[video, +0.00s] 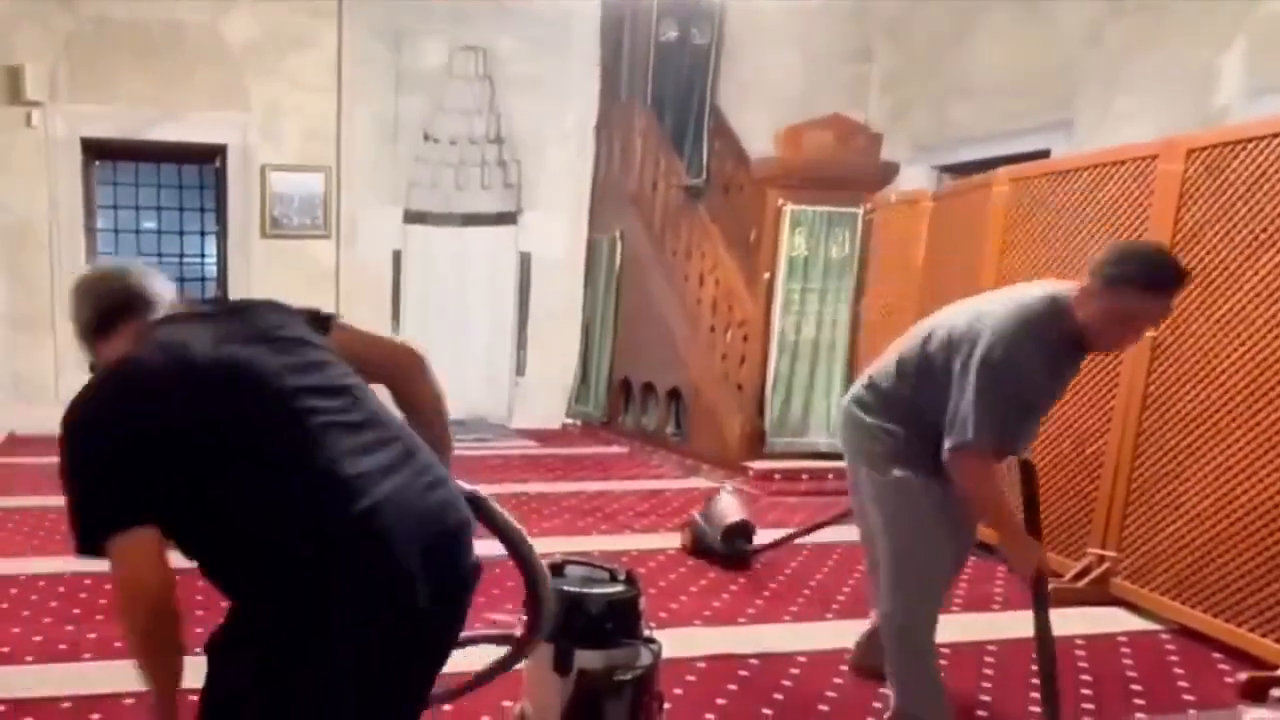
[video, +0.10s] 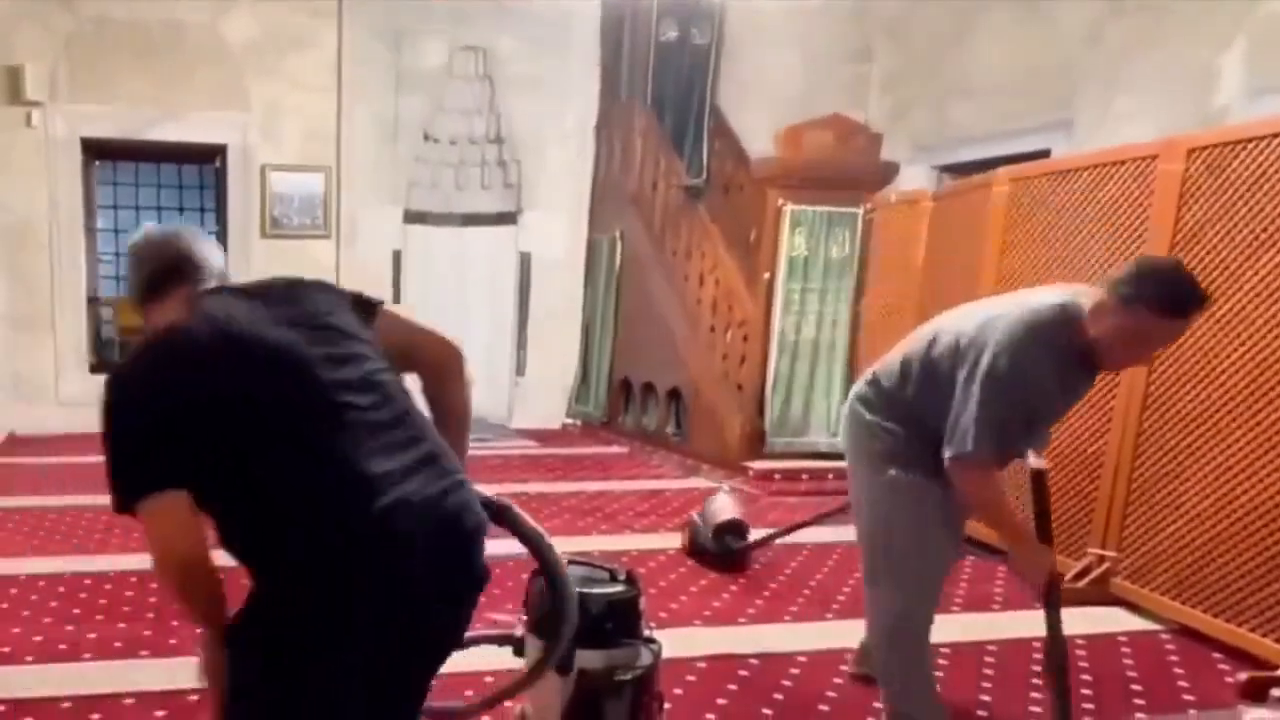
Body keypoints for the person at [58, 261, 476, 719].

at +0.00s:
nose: (103, 369)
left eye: (95, 360)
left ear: (97, 347)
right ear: (172, 301)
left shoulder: (102, 410)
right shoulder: (256, 316)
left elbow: (148, 593)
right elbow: (405, 363)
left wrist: (165, 703)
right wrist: (436, 484)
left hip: (324, 585)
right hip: (440, 543)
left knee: (237, 705)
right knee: (380, 705)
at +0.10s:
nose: (149, 329)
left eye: (143, 317)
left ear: (143, 306)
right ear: (217, 274)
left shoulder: (143, 378)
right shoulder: (303, 296)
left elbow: (181, 557)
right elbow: (441, 358)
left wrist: (217, 630)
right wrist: (448, 479)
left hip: (334, 572)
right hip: (450, 537)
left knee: (251, 700)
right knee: (383, 701)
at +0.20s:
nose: (187, 303)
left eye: (184, 292)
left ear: (184, 279)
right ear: (259, 252)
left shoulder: (183, 349)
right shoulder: (344, 277)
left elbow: (206, 523)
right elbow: (470, 343)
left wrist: (262, 589)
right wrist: (452, 462)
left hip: (338, 556)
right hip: (459, 530)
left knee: (263, 710)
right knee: (396, 705)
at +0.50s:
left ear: (216, 251)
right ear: (288, 223)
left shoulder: (210, 328)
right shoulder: (375, 255)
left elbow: (252, 487)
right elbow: (495, 289)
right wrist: (453, 398)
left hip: (324, 534)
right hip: (452, 514)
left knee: (239, 703)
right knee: (424, 703)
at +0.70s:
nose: (177, 275)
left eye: (173, 259)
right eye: (172, 261)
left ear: (190, 242)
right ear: (247, 229)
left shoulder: (185, 326)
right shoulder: (340, 260)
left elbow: (205, 484)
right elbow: (468, 296)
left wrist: (273, 503)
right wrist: (421, 401)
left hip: (289, 544)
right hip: (407, 532)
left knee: (240, 707)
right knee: (394, 706)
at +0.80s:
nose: (135, 274)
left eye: (132, 258)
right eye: (130, 260)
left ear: (152, 245)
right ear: (211, 236)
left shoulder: (149, 330)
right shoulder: (308, 268)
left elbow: (167, 489)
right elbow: (426, 330)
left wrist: (199, 536)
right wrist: (373, 423)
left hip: (261, 536)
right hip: (375, 522)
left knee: (224, 707)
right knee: (377, 705)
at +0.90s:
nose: (90, 297)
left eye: (86, 279)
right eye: (84, 281)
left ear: (106, 263)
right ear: (162, 250)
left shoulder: (112, 341)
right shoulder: (263, 276)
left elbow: (120, 504)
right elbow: (365, 369)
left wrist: (133, 560)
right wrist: (312, 459)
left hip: (231, 544)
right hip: (343, 531)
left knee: (190, 709)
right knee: (356, 704)